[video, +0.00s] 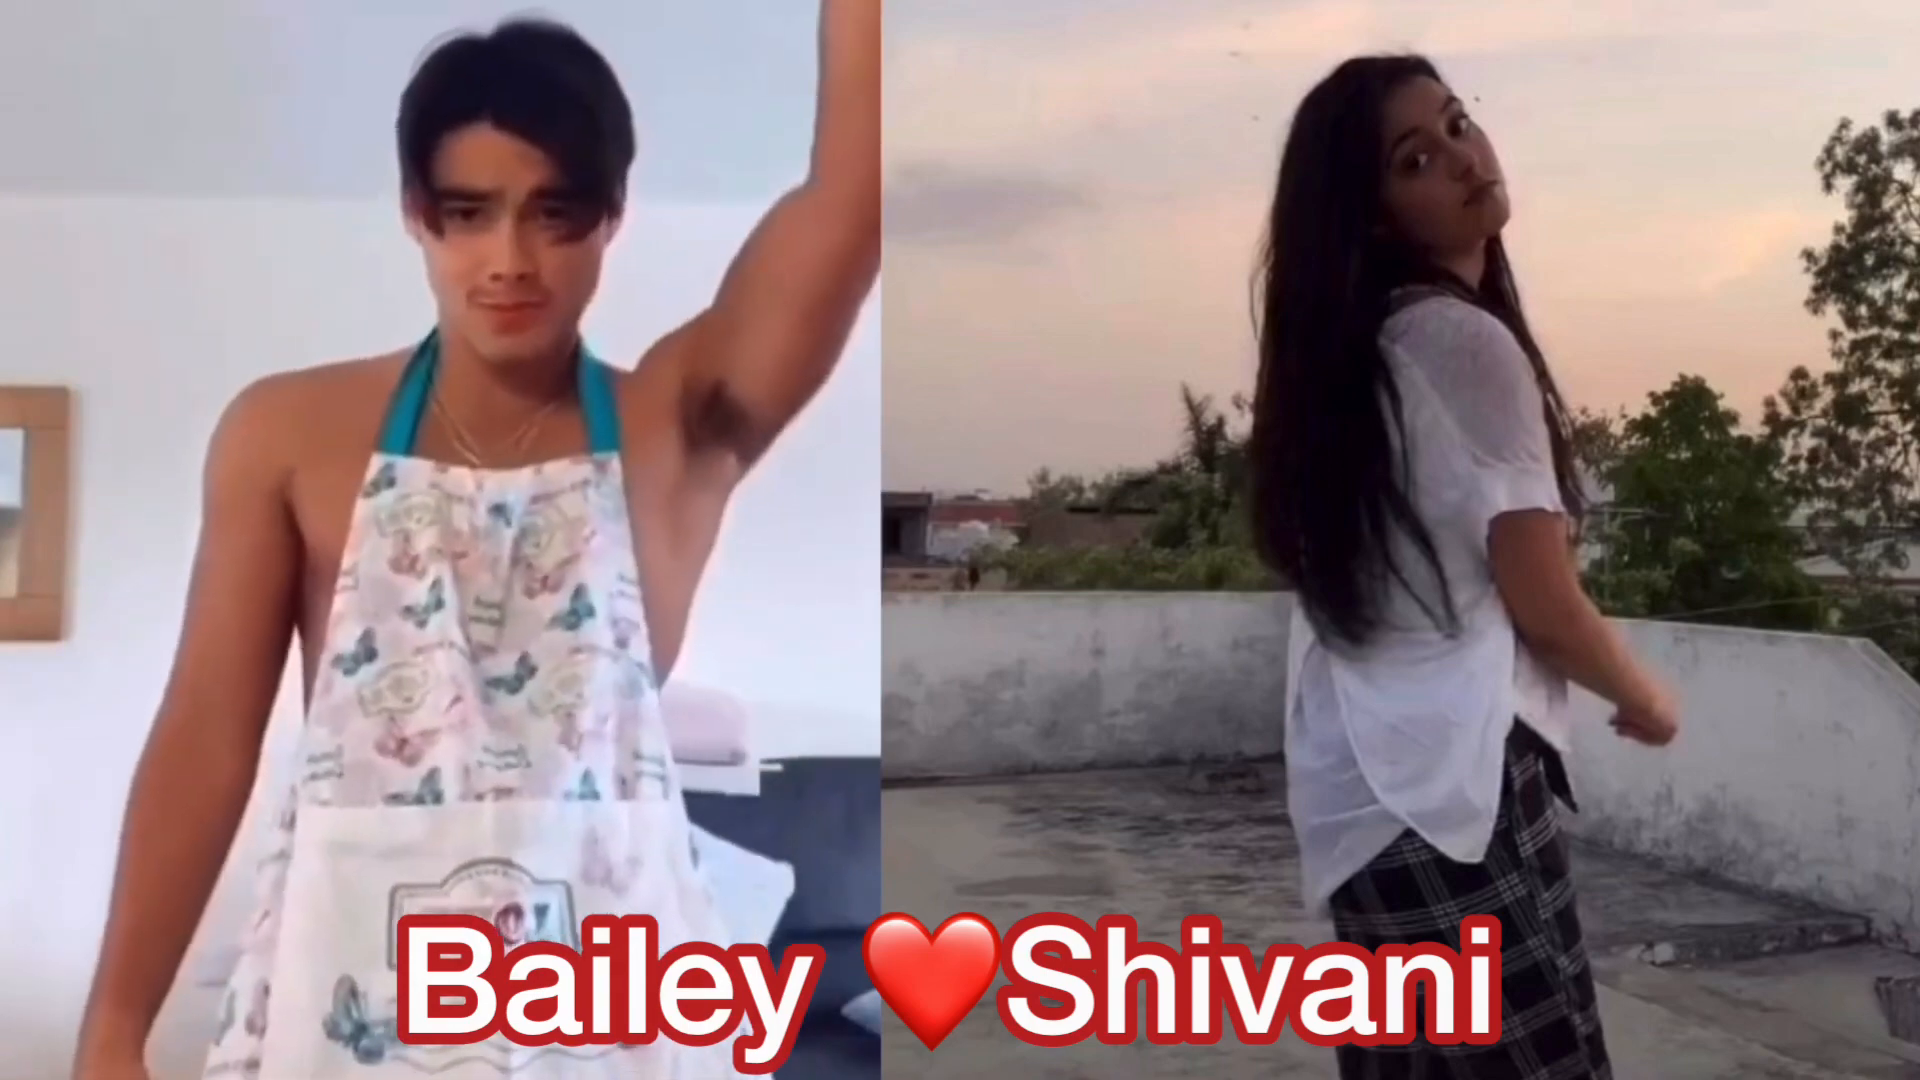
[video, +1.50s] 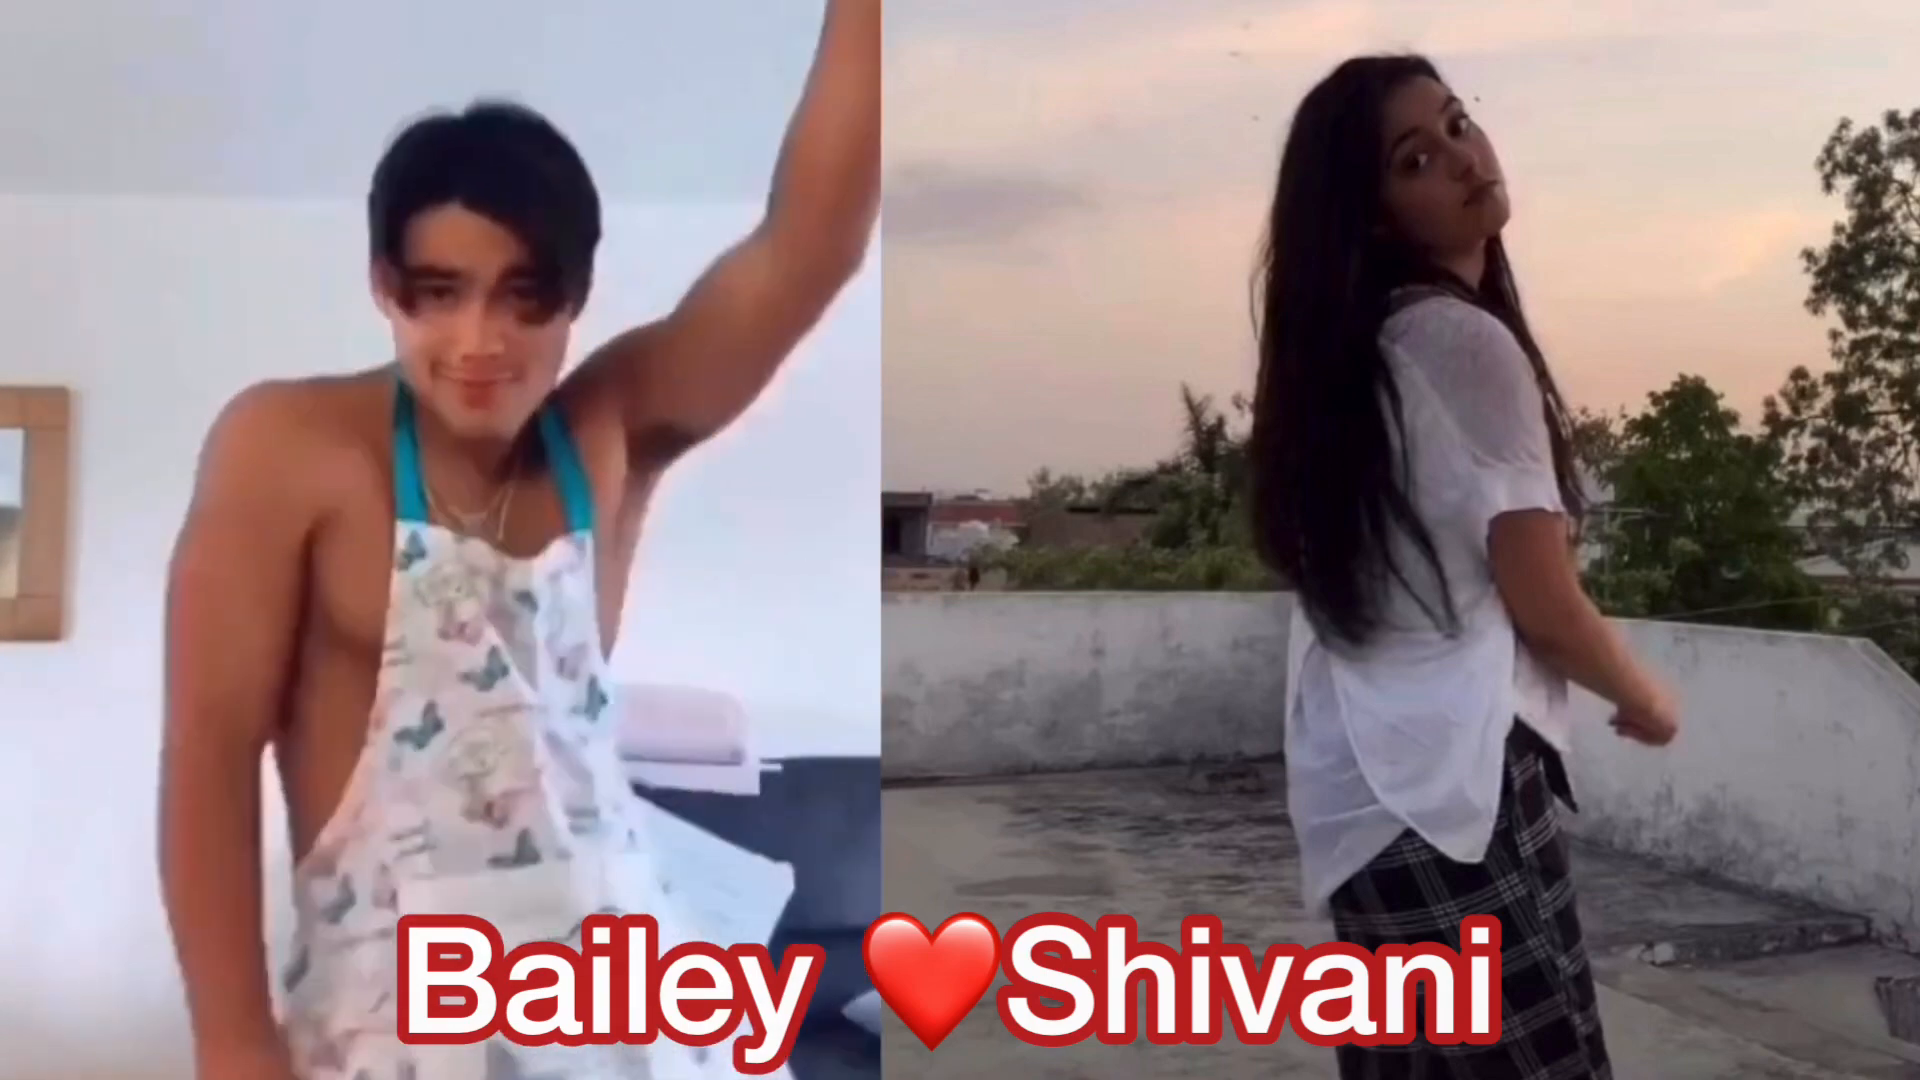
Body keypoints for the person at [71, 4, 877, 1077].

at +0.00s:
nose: (509, 263)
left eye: (555, 215)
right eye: (467, 214)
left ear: (612, 220)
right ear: (418, 219)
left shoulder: (686, 425)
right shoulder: (288, 433)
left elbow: (849, 202)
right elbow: (203, 743)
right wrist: (115, 1031)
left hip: (610, 998)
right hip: (344, 992)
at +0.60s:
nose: (604, 323)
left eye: (649, 272)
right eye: (562, 276)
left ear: (710, 272)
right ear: (516, 284)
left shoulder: (804, 430)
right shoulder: (427, 472)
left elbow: (949, 159)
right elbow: (303, 760)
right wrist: (148, 988)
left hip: (661, 995)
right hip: (390, 958)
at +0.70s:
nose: (624, 353)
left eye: (671, 303)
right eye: (579, 308)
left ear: (735, 305)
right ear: (533, 315)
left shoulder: (818, 450)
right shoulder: (451, 549)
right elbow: (321, 820)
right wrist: (157, 1041)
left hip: (758, 1022)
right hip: (507, 1012)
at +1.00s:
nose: (600, 356)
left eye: (649, 309)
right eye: (553, 305)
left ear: (705, 322)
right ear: (498, 310)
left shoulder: (783, 444)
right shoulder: (388, 574)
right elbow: (368, 918)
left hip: (824, 1036)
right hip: (576, 1051)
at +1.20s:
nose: (552, 270)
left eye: (608, 221)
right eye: (509, 213)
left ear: (658, 221)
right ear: (447, 208)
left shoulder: (717, 325)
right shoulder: (340, 445)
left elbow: (907, 81)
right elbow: (352, 772)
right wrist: (400, 1055)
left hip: (791, 921)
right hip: (551, 970)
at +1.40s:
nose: (497, 278)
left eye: (547, 230)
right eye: (456, 227)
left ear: (603, 226)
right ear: (401, 218)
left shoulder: (650, 333)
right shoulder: (299, 399)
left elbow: (835, 122)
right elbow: (264, 740)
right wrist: (319, 1029)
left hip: (709, 906)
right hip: (483, 951)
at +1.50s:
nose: (478, 341)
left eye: (524, 299)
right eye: (439, 293)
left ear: (577, 299)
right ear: (387, 292)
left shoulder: (620, 424)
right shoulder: (287, 446)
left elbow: (813, 241)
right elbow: (209, 762)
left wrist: (857, 3)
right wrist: (236, 1049)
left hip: (608, 1002)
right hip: (383, 1012)